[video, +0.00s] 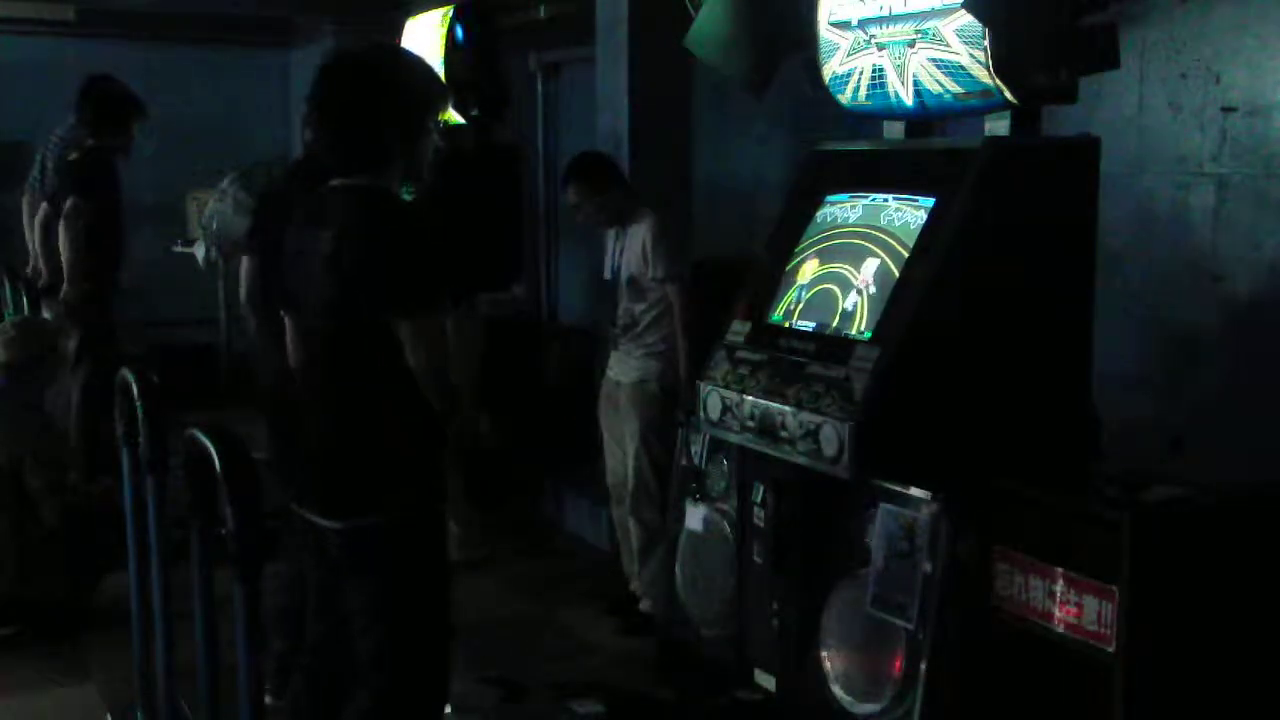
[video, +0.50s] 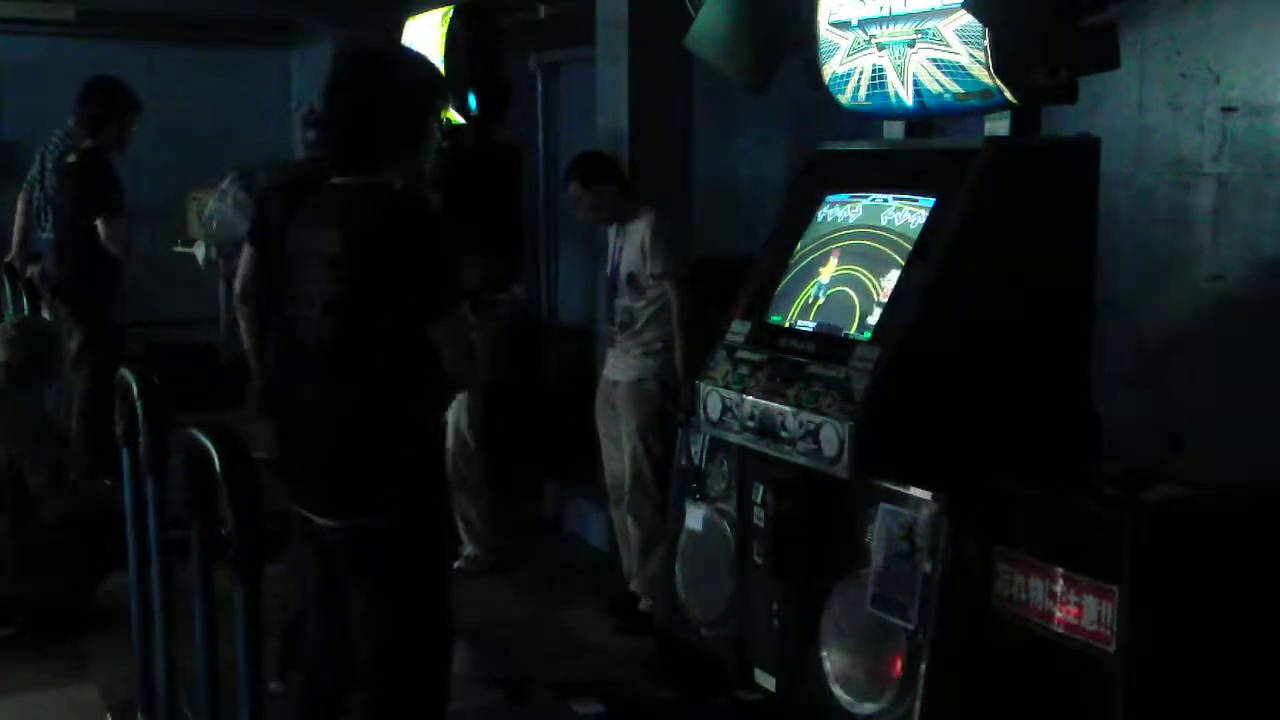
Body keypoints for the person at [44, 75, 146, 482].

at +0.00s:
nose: (131, 136)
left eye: (132, 125)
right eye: (127, 125)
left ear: (87, 114)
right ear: (109, 119)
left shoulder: (59, 145)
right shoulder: (91, 155)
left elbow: (32, 203)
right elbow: (68, 216)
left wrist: (39, 263)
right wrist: (71, 280)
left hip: (60, 286)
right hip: (88, 287)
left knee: (69, 372)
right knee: (92, 374)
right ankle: (86, 465)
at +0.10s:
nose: (128, 134)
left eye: (128, 123)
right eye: (124, 122)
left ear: (84, 113)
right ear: (105, 117)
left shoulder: (59, 144)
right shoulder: (89, 155)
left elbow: (30, 204)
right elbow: (73, 223)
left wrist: (29, 257)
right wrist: (78, 286)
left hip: (64, 292)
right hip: (91, 294)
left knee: (71, 379)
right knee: (93, 382)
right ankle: (88, 470)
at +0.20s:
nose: (127, 133)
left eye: (127, 121)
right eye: (123, 121)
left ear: (84, 115)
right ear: (105, 118)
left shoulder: (60, 149)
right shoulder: (90, 159)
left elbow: (41, 213)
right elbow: (78, 226)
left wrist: (32, 259)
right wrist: (88, 288)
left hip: (66, 294)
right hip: (92, 298)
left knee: (71, 380)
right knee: (93, 383)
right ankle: (88, 470)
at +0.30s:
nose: (126, 133)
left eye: (126, 121)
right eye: (122, 121)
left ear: (81, 114)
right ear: (103, 118)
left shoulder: (54, 149)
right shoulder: (91, 160)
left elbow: (30, 202)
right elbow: (88, 231)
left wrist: (23, 254)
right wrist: (106, 292)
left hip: (57, 282)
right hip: (87, 290)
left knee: (66, 373)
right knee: (92, 378)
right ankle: (87, 470)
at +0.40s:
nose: (126, 134)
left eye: (127, 123)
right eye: (122, 123)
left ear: (81, 115)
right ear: (103, 119)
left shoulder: (51, 153)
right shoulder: (93, 161)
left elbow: (27, 202)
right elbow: (99, 232)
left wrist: (20, 254)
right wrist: (126, 283)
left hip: (52, 276)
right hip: (87, 282)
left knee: (69, 367)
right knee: (94, 373)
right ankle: (88, 466)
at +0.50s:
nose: (128, 135)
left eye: (130, 125)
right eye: (126, 124)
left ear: (84, 114)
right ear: (108, 119)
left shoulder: (52, 153)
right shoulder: (95, 162)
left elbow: (26, 200)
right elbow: (110, 233)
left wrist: (17, 253)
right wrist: (129, 256)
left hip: (49, 275)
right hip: (87, 280)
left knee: (67, 365)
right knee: (92, 370)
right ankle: (87, 464)